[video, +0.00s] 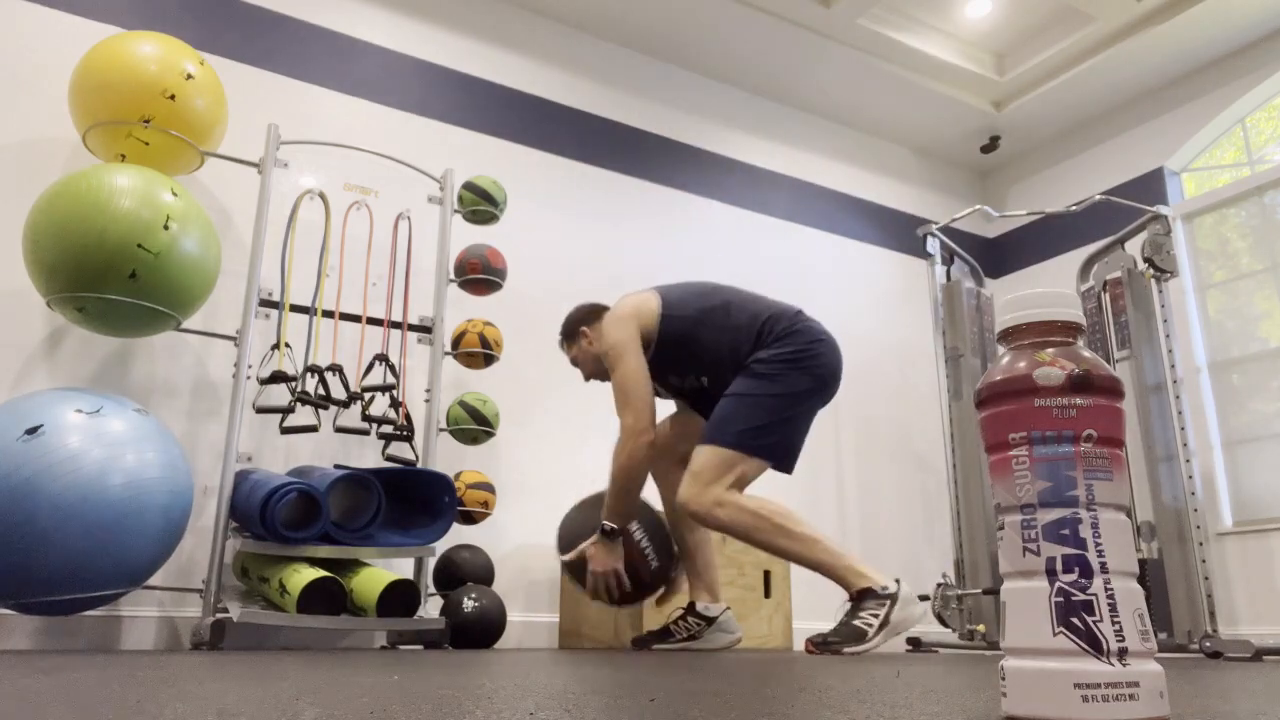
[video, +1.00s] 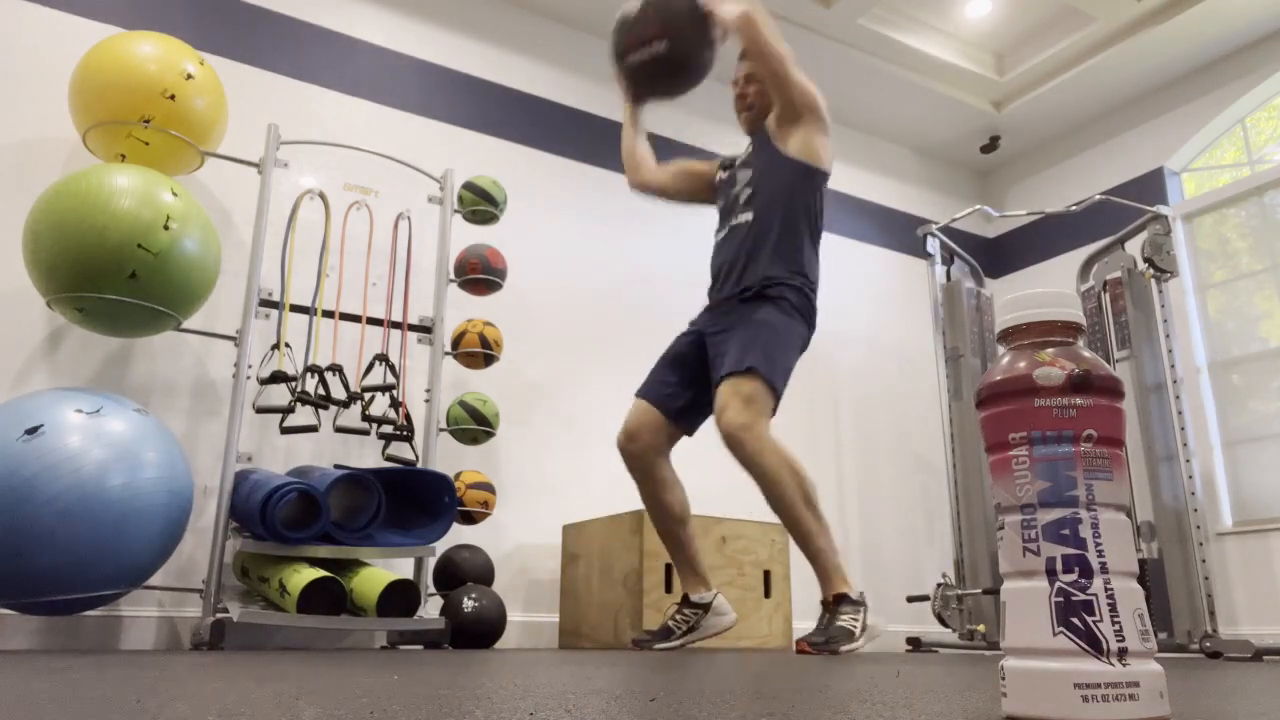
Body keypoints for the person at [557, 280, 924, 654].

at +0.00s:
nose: (581, 373)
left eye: (574, 359)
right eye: (575, 366)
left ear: (586, 333)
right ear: (596, 337)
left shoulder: (618, 323)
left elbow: (636, 436)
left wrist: (609, 533)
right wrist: (666, 554)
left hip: (790, 348)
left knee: (703, 496)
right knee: (664, 450)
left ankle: (876, 591)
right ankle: (708, 611)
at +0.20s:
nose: (577, 370)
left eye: (571, 355)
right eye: (571, 361)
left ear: (589, 330)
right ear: (595, 330)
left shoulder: (626, 323)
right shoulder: (684, 362)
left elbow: (651, 434)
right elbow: (682, 443)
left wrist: (610, 524)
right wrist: (671, 528)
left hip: (803, 339)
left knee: (709, 471)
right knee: (678, 458)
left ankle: (863, 596)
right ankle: (711, 615)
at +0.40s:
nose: (587, 286)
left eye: (587, 270)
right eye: (583, 276)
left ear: (614, 252)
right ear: (621, 253)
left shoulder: (654, 263)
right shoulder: (686, 303)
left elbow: (653, 385)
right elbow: (704, 407)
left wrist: (596, 465)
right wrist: (655, 490)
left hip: (814, 335)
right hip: (780, 350)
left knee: (718, 467)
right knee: (682, 443)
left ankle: (868, 601)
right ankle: (710, 612)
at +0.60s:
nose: (621, 198)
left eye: (627, 184)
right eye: (622, 186)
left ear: (660, 177)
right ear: (660, 183)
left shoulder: (693, 201)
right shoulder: (710, 260)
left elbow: (640, 309)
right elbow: (701, 362)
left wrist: (566, 346)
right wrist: (616, 396)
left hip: (817, 325)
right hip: (782, 339)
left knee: (728, 457)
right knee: (683, 443)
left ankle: (870, 603)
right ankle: (710, 612)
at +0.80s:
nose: (684, 127)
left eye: (694, 115)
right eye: (685, 119)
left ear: (731, 116)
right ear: (726, 118)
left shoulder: (751, 144)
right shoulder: (727, 224)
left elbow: (644, 174)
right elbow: (672, 292)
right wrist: (602, 255)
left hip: (795, 318)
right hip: (757, 330)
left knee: (722, 455)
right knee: (659, 440)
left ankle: (864, 599)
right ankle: (705, 604)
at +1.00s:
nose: (742, 85)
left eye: (753, 75)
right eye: (736, 80)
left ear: (779, 81)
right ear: (734, 96)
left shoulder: (801, 125)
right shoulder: (730, 168)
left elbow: (749, 16)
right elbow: (645, 173)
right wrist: (632, 101)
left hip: (774, 303)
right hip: (718, 314)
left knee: (740, 422)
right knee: (640, 439)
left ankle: (841, 596)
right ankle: (700, 598)